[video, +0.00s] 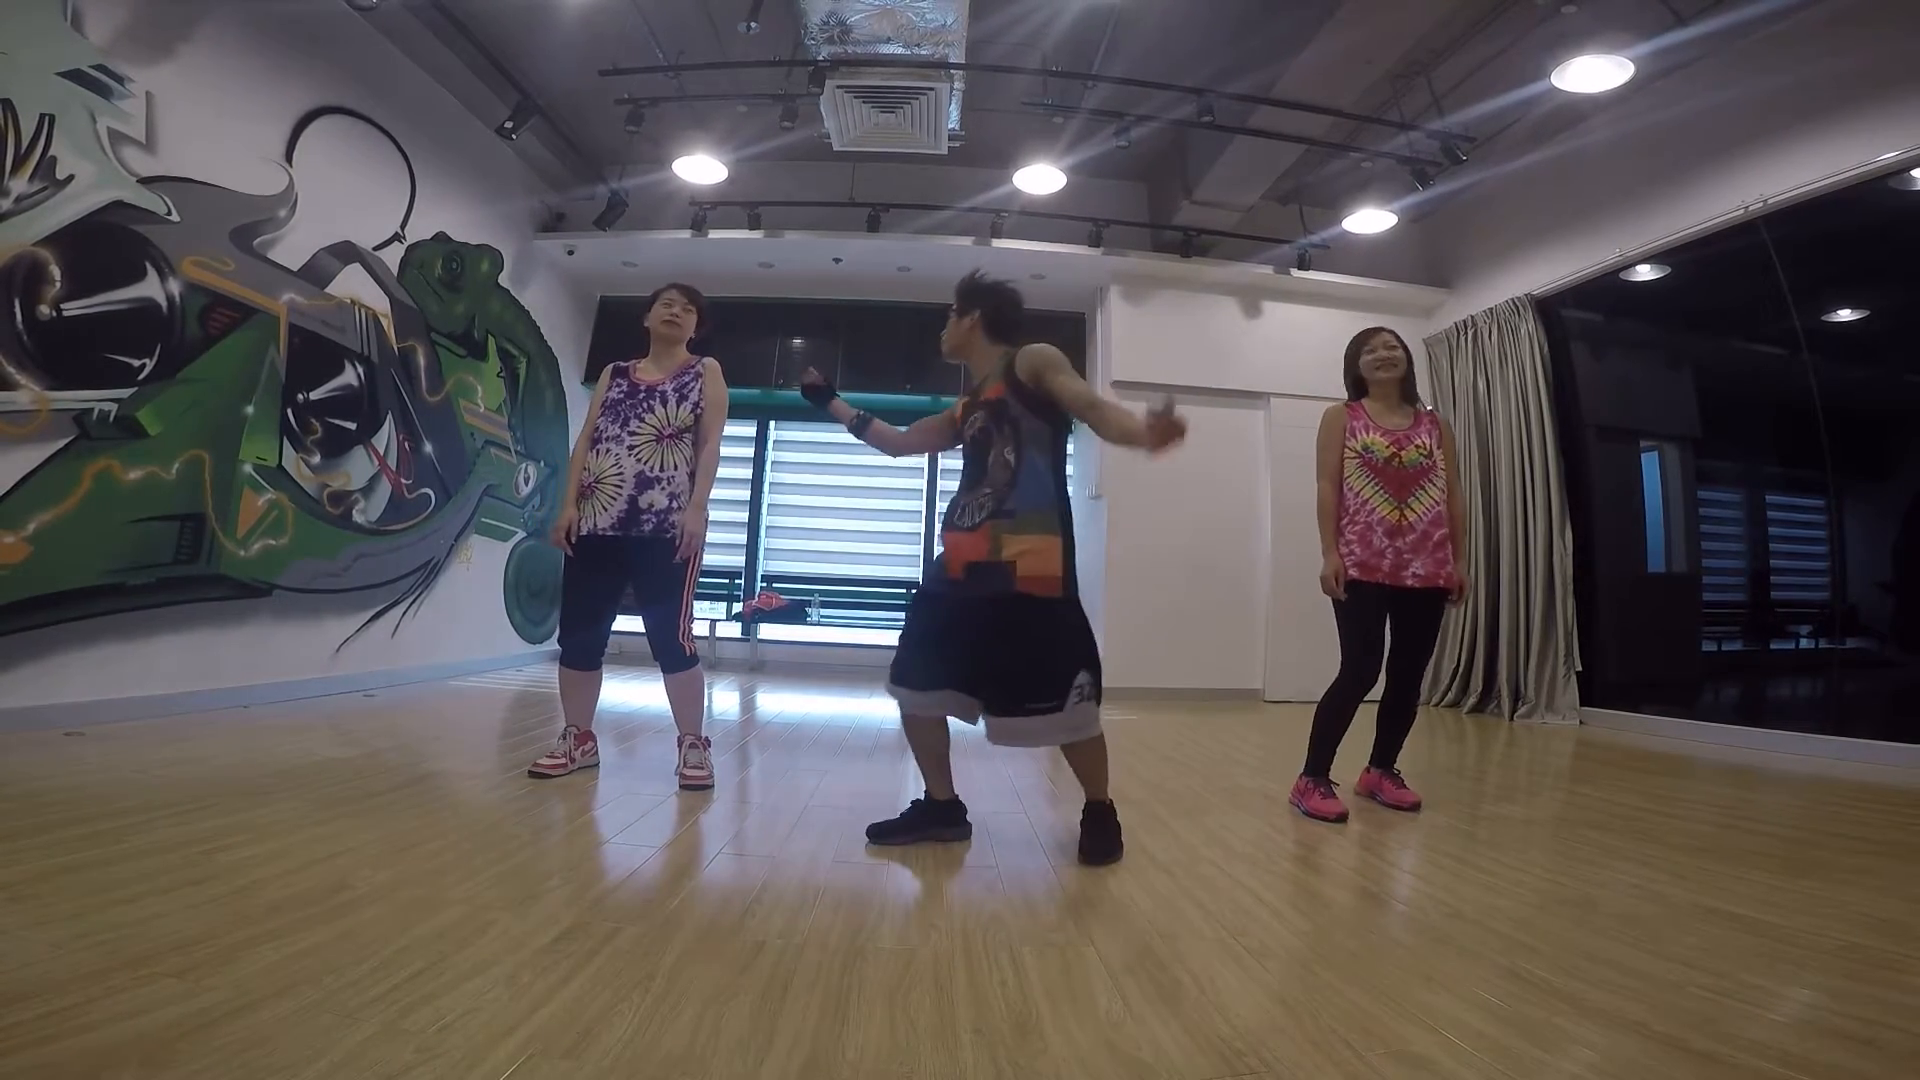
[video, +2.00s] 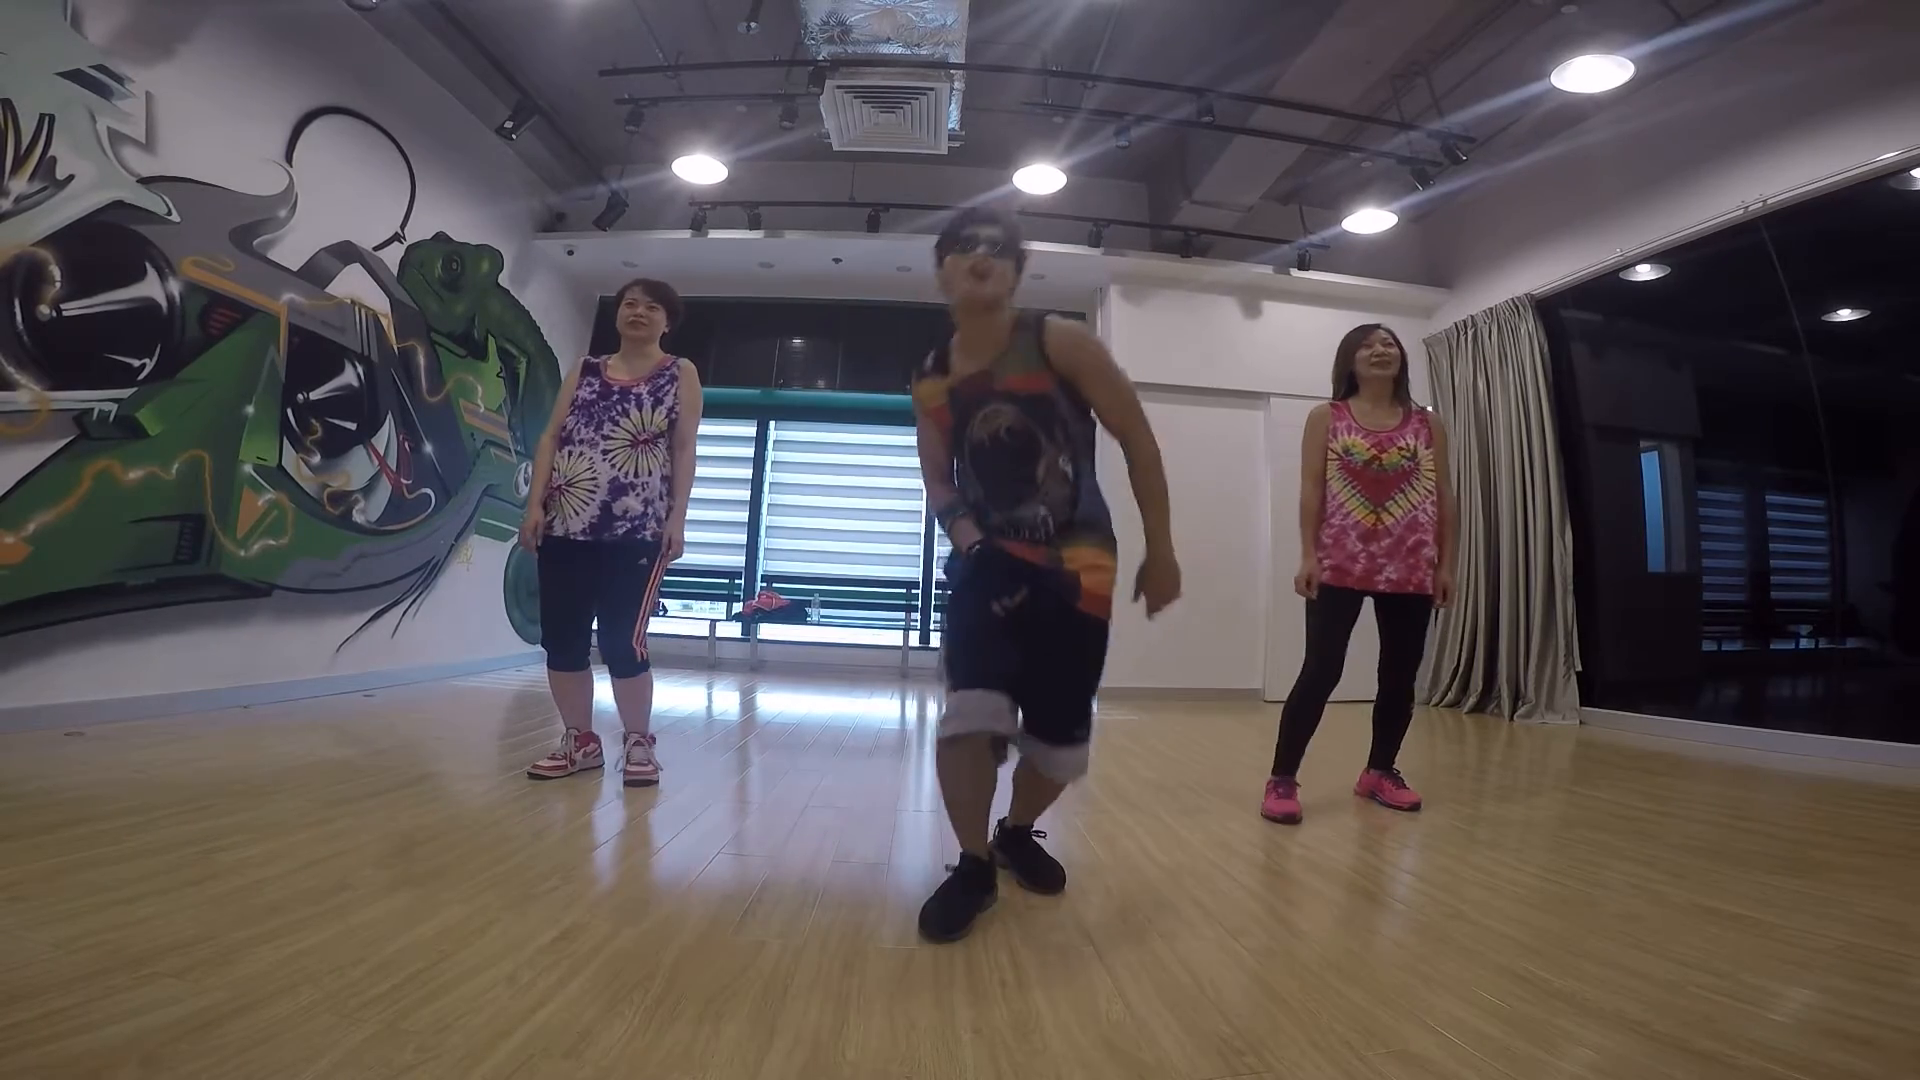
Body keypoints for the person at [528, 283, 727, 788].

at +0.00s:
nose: (675, 310)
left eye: (686, 307)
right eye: (666, 303)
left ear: (696, 327)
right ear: (647, 318)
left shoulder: (705, 372)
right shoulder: (614, 374)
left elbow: (708, 445)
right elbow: (585, 442)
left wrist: (697, 508)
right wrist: (569, 503)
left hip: (664, 528)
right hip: (596, 524)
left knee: (671, 642)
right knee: (579, 637)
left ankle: (692, 744)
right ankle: (578, 740)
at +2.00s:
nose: (637, 310)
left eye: (649, 305)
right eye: (629, 303)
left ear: (667, 321)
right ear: (615, 315)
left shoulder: (680, 374)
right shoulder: (584, 371)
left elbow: (684, 451)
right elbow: (552, 437)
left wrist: (676, 519)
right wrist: (535, 503)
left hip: (636, 532)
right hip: (566, 528)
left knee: (622, 644)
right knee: (562, 642)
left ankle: (638, 742)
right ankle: (579, 742)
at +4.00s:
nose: (645, 327)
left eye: (657, 321)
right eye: (637, 320)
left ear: (675, 336)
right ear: (626, 332)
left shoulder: (687, 378)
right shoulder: (609, 388)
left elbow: (703, 449)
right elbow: (592, 461)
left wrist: (708, 511)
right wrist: (576, 525)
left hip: (663, 530)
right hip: (599, 530)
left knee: (639, 636)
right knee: (599, 640)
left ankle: (649, 735)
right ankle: (618, 733)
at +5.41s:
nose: (677, 334)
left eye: (689, 328)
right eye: (670, 327)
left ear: (707, 343)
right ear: (658, 340)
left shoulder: (719, 397)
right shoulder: (631, 392)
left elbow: (725, 465)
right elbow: (602, 458)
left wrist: (707, 493)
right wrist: (574, 522)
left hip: (674, 542)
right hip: (609, 535)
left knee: (656, 644)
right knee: (585, 637)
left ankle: (665, 733)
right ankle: (610, 728)